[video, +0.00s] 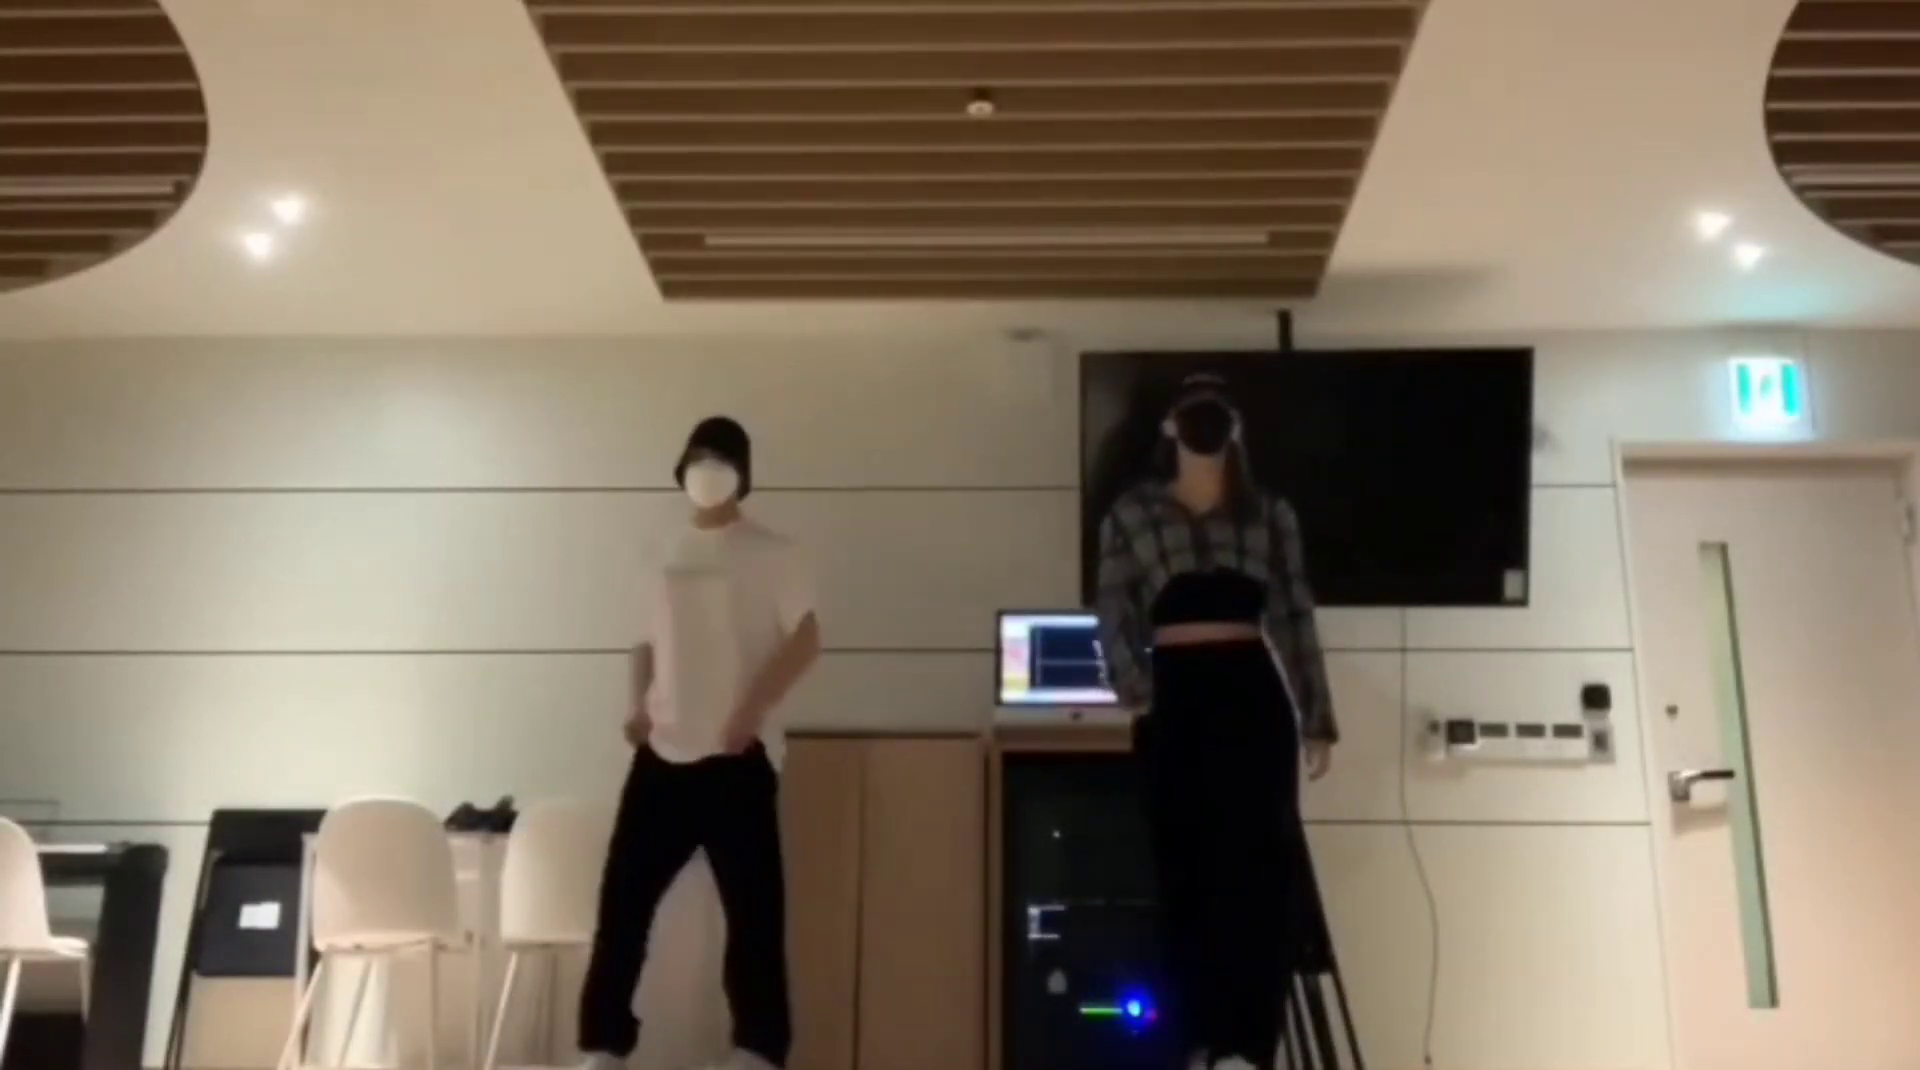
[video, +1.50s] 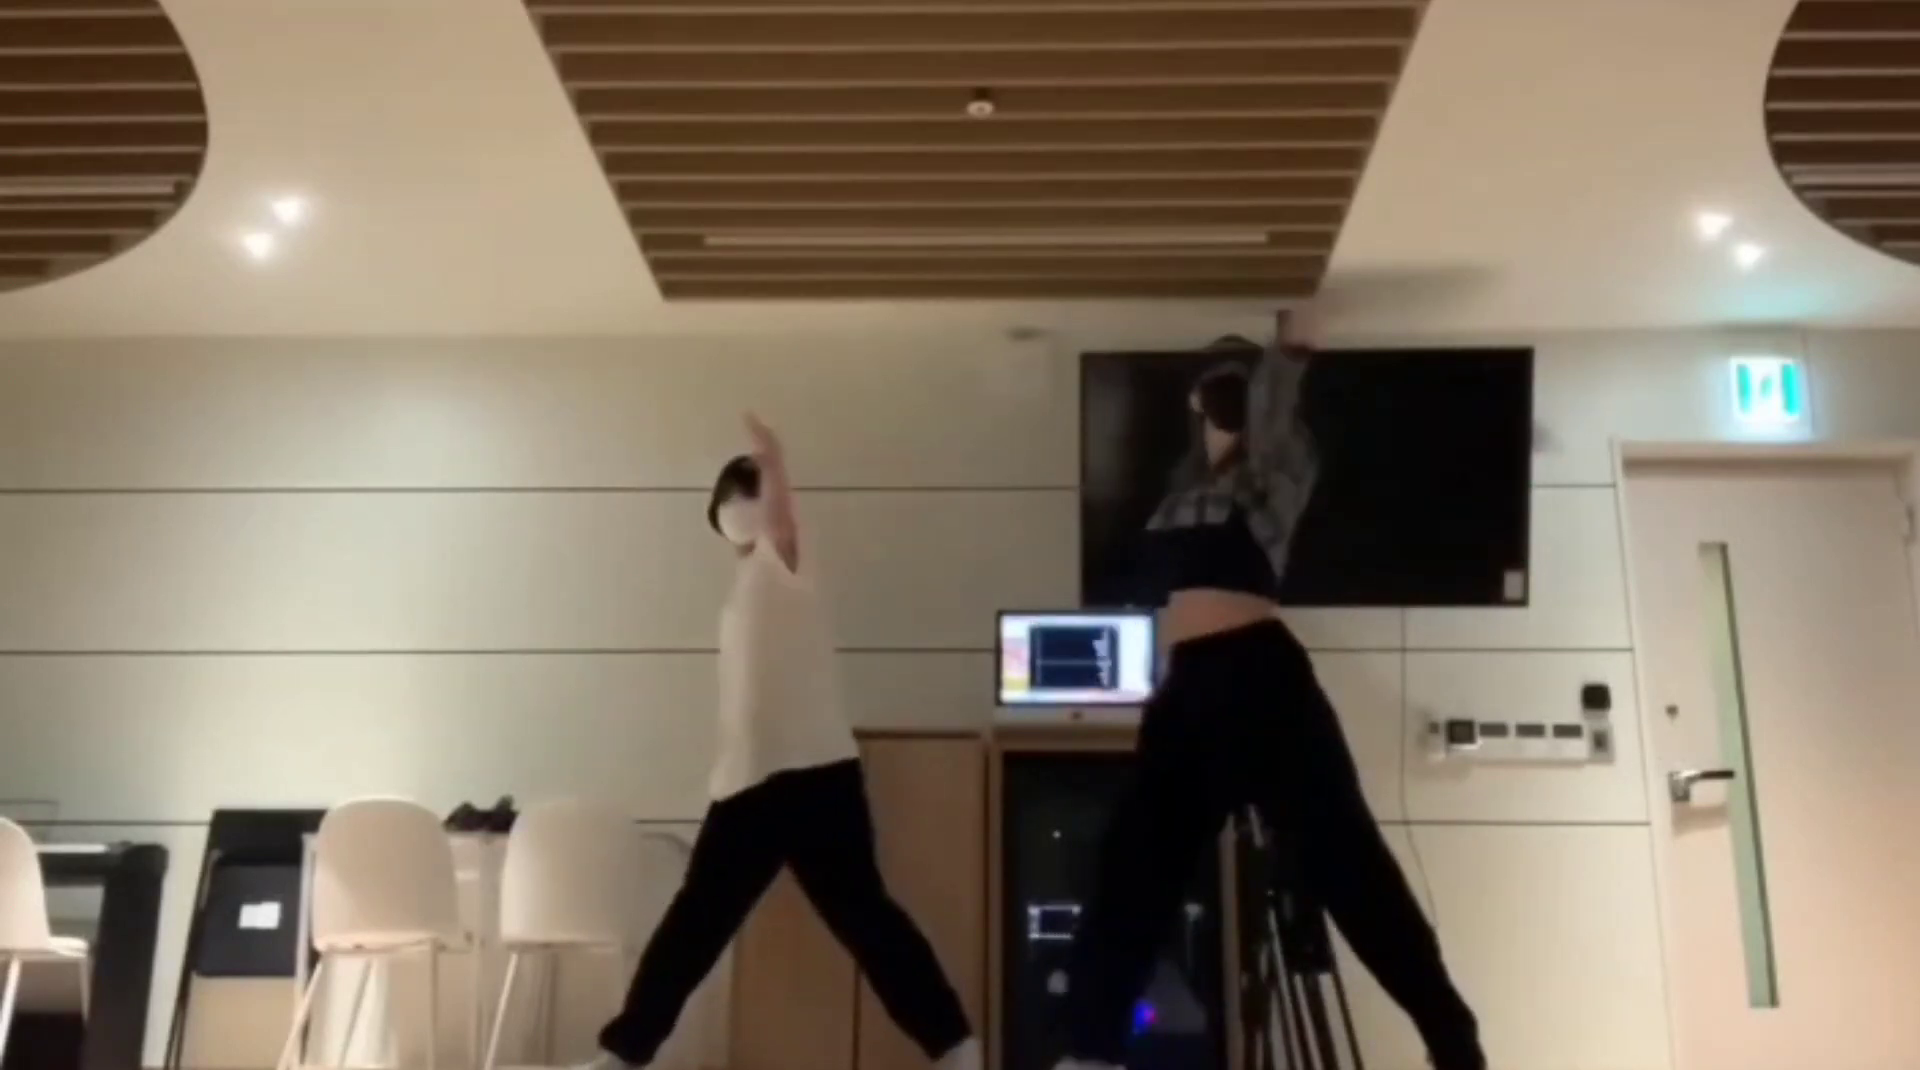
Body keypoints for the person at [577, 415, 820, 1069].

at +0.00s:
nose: (706, 477)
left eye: (720, 465)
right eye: (696, 465)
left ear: (743, 475)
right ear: (682, 474)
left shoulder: (774, 554)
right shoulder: (664, 557)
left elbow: (805, 639)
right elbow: (648, 642)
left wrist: (751, 710)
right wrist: (640, 706)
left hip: (736, 767)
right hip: (661, 767)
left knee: (755, 915)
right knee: (622, 907)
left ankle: (759, 1049)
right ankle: (604, 1046)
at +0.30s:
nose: (673, 474)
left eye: (686, 462)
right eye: (663, 462)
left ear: (707, 473)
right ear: (645, 471)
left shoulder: (737, 551)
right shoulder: (614, 545)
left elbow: (762, 639)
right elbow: (570, 629)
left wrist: (690, 638)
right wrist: (636, 631)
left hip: (703, 735)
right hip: (622, 734)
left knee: (693, 884)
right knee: (604, 889)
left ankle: (688, 1016)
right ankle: (602, 1039)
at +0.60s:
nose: (666, 495)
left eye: (680, 484)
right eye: (654, 484)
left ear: (699, 496)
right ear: (637, 495)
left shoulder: (731, 575)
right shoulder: (612, 565)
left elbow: (776, 647)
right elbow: (555, 621)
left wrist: (741, 683)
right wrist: (610, 617)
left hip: (716, 760)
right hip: (632, 768)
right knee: (606, 905)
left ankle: (720, 967)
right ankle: (613, 1044)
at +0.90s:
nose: (692, 519)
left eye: (704, 507)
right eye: (681, 507)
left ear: (724, 519)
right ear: (662, 519)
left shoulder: (754, 589)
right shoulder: (636, 601)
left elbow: (770, 653)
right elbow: (566, 669)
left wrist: (808, 602)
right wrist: (497, 726)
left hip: (769, 779)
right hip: (680, 793)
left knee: (847, 883)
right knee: (630, 920)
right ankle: (621, 1049)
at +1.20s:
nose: (700, 510)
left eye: (713, 497)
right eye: (687, 502)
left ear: (736, 508)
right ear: (676, 518)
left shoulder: (774, 563)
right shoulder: (687, 595)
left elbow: (862, 565)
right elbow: (693, 677)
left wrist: (951, 540)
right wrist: (672, 741)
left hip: (809, 780)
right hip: (726, 795)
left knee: (879, 908)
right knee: (669, 920)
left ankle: (952, 1043)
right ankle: (621, 1052)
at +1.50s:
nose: (732, 517)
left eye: (737, 501)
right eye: (724, 509)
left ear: (762, 497)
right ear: (721, 523)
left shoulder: (784, 562)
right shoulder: (748, 582)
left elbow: (776, 494)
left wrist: (768, 451)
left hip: (809, 771)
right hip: (749, 779)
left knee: (864, 917)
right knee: (693, 923)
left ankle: (954, 1046)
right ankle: (623, 1051)